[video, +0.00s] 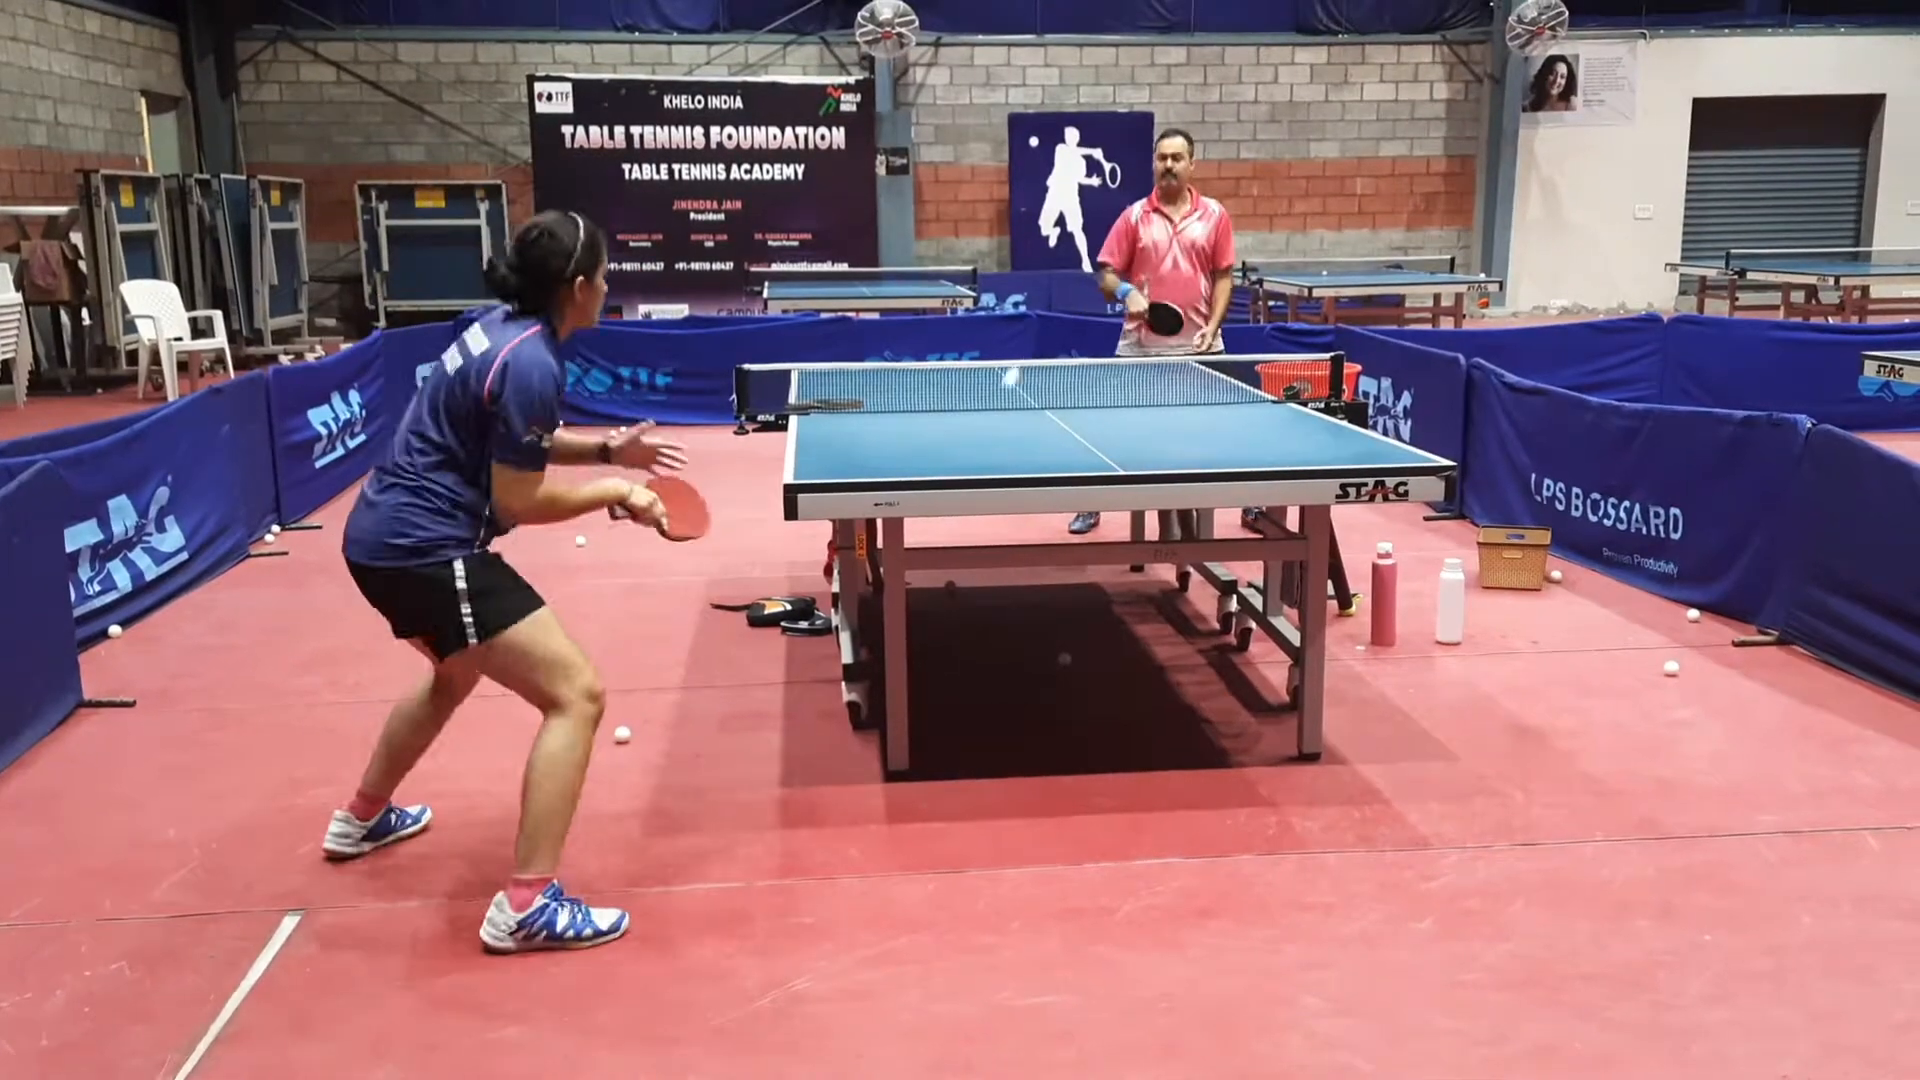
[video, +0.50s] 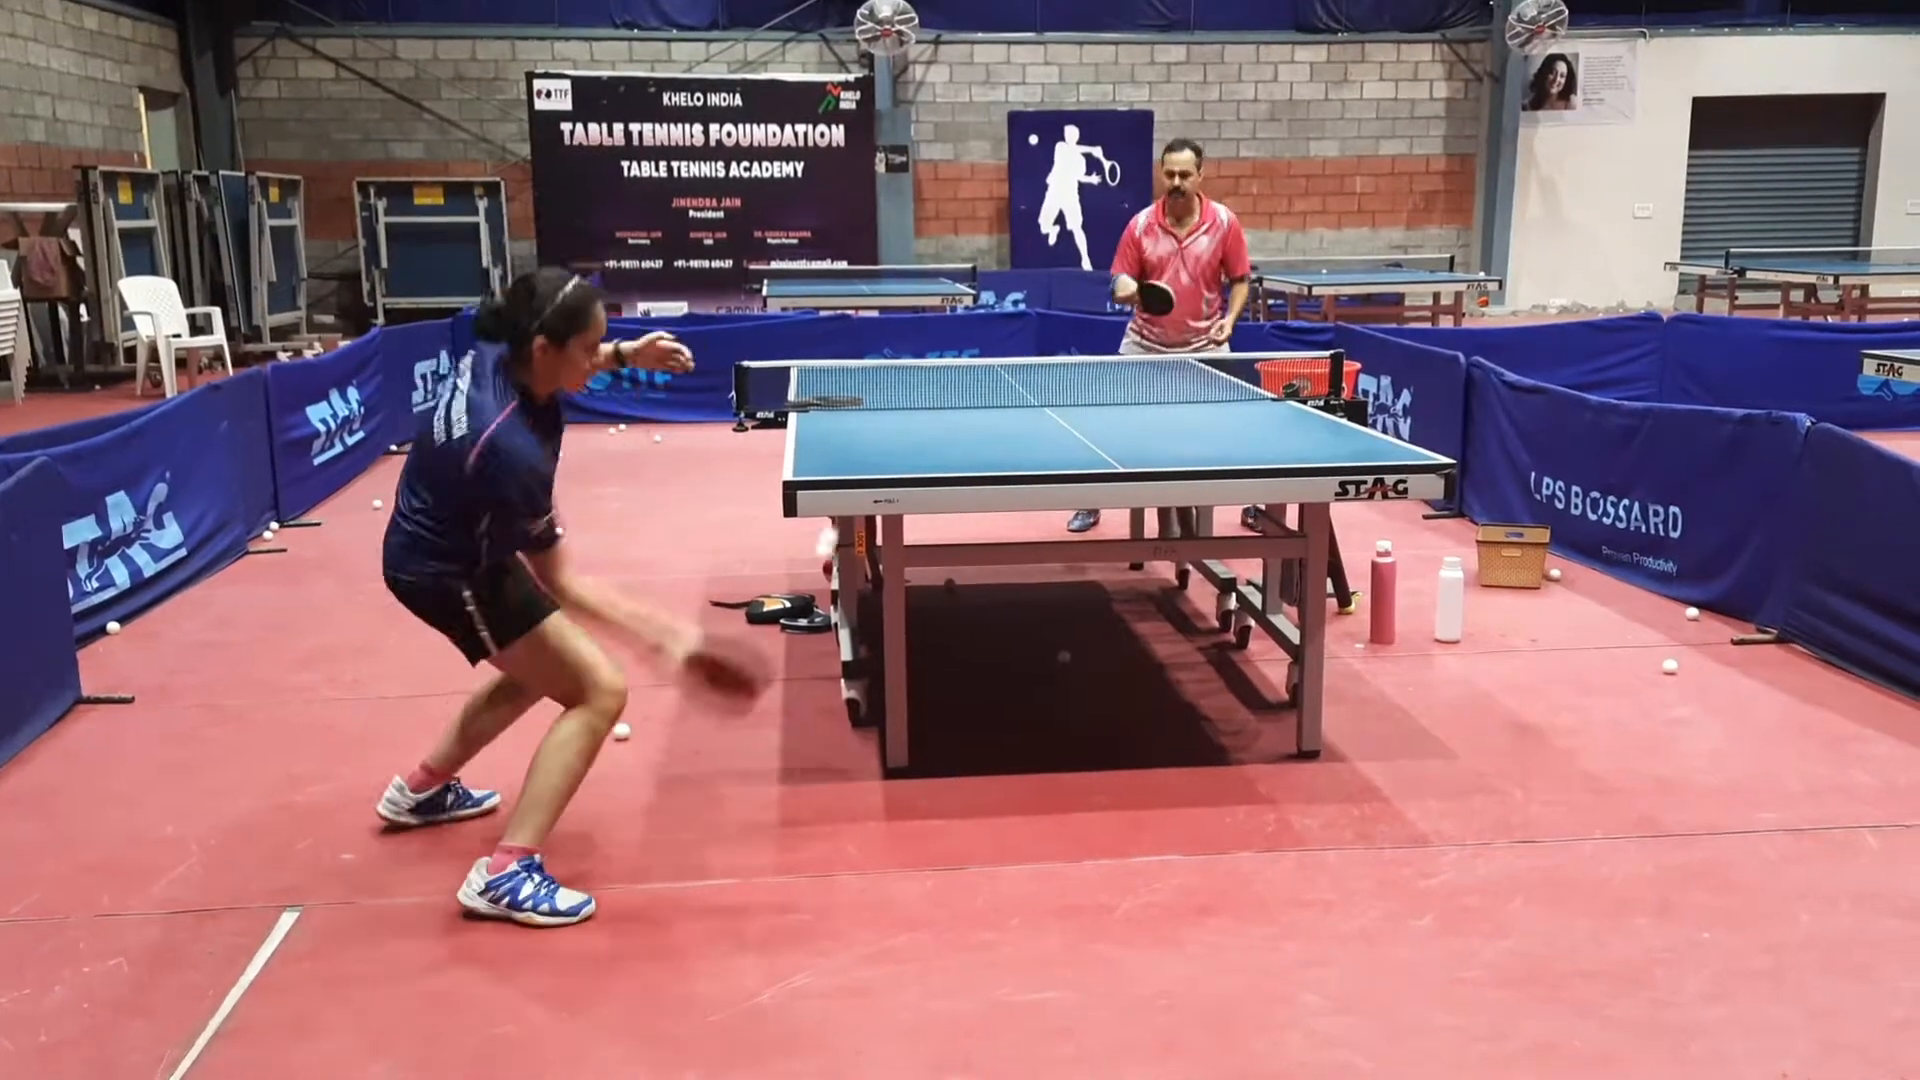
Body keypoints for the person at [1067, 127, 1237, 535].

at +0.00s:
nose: (1168, 165)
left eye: (1177, 158)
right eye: (1162, 158)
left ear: (1192, 163)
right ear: (1154, 162)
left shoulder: (1214, 216)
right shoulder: (1134, 216)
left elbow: (1224, 275)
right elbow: (1105, 274)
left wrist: (1213, 324)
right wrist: (1128, 291)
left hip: (1199, 343)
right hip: (1140, 342)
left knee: (1231, 416)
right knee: (1109, 417)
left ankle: (1253, 500)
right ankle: (1090, 503)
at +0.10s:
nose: (1171, 168)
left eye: (1180, 160)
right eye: (1165, 160)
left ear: (1194, 165)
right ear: (1155, 164)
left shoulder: (1217, 216)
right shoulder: (1136, 219)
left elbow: (1228, 277)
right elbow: (1115, 279)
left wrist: (1214, 326)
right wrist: (1130, 296)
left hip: (1203, 341)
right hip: (1144, 341)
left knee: (1230, 417)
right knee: (1112, 416)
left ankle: (1254, 499)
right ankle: (1091, 502)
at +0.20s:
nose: (1175, 177)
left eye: (1183, 170)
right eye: (1168, 170)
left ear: (1197, 173)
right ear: (1157, 173)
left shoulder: (1221, 221)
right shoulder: (1140, 226)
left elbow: (1236, 280)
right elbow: (1125, 284)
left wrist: (1217, 327)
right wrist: (1136, 298)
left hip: (1209, 344)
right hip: (1148, 344)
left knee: (1249, 413)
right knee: (1110, 415)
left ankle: (1257, 501)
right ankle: (1090, 501)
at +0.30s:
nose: (1175, 183)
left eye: (1183, 175)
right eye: (1168, 175)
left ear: (1198, 178)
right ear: (1158, 177)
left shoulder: (1223, 225)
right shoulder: (1141, 229)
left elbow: (1240, 283)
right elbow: (1126, 286)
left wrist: (1224, 324)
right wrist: (1135, 292)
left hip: (1210, 345)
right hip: (1148, 345)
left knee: (1249, 414)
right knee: (1110, 415)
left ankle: (1256, 501)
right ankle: (1091, 502)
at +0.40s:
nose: (1176, 182)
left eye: (1184, 174)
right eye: (1169, 174)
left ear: (1198, 176)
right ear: (1158, 175)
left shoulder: (1223, 222)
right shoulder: (1141, 225)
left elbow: (1241, 280)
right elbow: (1124, 283)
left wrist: (1228, 321)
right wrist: (1134, 288)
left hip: (1207, 345)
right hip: (1146, 344)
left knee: (1241, 417)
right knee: (1111, 415)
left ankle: (1257, 499)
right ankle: (1091, 501)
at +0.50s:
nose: (1176, 183)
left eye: (1185, 175)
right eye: (1170, 174)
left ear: (1200, 177)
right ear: (1159, 175)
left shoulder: (1223, 223)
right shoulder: (1141, 225)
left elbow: (1241, 279)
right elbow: (1120, 283)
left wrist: (1229, 319)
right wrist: (1132, 292)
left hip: (1205, 345)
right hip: (1144, 343)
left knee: (1240, 416)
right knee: (1109, 414)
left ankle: (1257, 499)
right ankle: (1091, 501)